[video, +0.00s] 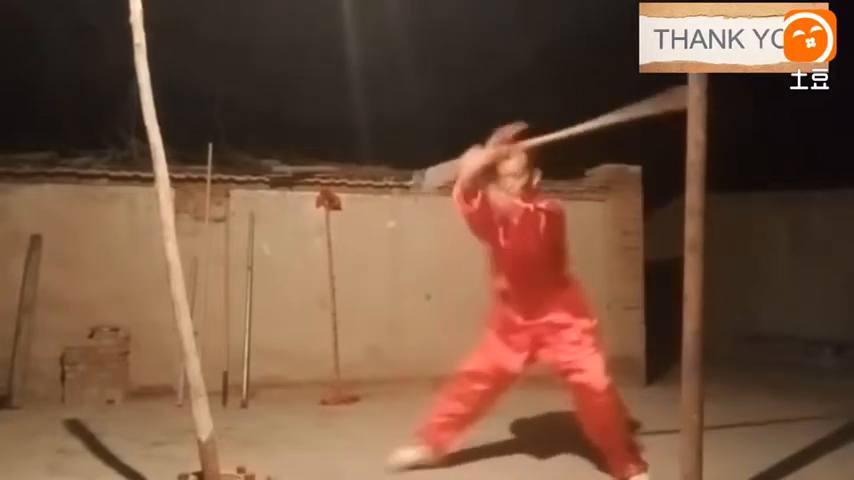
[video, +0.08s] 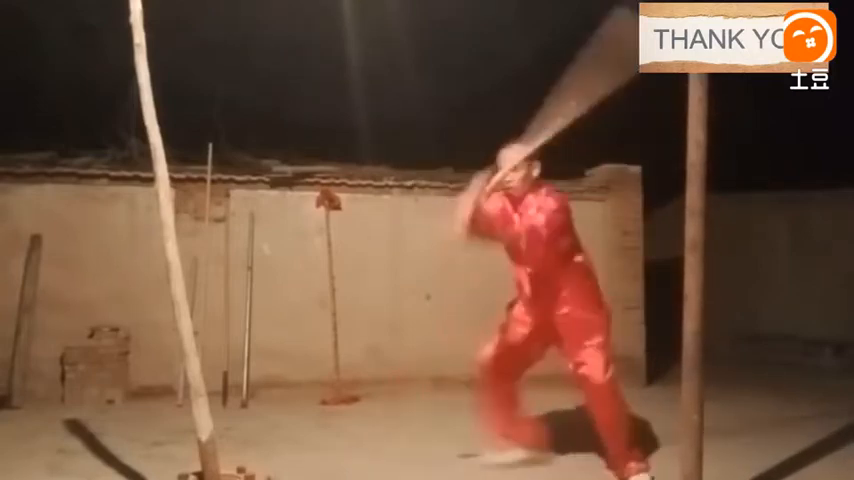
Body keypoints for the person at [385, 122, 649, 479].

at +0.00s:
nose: (515, 179)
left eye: (521, 172)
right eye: (507, 173)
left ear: (532, 175)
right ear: (494, 175)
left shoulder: (549, 211)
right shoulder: (489, 212)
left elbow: (549, 261)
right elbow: (465, 196)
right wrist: (481, 160)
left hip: (561, 316)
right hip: (512, 320)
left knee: (596, 387)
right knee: (474, 379)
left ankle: (627, 465)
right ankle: (430, 444)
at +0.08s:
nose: (509, 176)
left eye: (517, 168)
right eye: (505, 170)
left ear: (534, 169)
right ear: (499, 175)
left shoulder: (550, 203)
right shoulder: (500, 206)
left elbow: (536, 250)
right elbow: (463, 224)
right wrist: (484, 182)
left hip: (573, 299)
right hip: (533, 301)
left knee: (596, 376)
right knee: (496, 365)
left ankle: (629, 463)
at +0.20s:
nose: (502, 177)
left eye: (509, 169)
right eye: (497, 171)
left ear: (528, 168)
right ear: (491, 175)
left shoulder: (547, 202)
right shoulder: (498, 205)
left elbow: (541, 243)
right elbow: (481, 228)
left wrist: (501, 249)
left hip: (575, 293)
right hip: (536, 295)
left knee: (596, 373)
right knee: (511, 367)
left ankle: (629, 461)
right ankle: (547, 444)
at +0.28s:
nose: (490, 178)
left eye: (496, 170)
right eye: (486, 172)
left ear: (517, 167)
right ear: (484, 174)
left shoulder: (539, 198)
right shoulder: (495, 210)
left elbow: (518, 250)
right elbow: (474, 249)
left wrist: (472, 282)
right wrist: (453, 281)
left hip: (576, 301)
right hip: (539, 303)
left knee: (586, 370)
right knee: (525, 370)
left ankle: (629, 453)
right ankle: (549, 450)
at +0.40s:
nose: (487, 178)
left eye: (493, 169)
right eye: (484, 171)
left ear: (514, 166)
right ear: (482, 174)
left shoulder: (534, 197)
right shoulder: (496, 209)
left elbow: (512, 251)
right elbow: (477, 255)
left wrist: (474, 289)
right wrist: (467, 295)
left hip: (569, 297)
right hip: (537, 299)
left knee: (564, 369)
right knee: (520, 365)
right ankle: (541, 444)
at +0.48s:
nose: (486, 178)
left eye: (491, 169)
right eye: (482, 171)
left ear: (512, 166)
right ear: (481, 173)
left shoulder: (530, 197)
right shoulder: (502, 205)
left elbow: (508, 255)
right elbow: (484, 250)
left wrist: (481, 295)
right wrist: (472, 290)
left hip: (562, 301)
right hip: (535, 302)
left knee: (524, 366)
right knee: (519, 364)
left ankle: (540, 452)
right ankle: (533, 442)